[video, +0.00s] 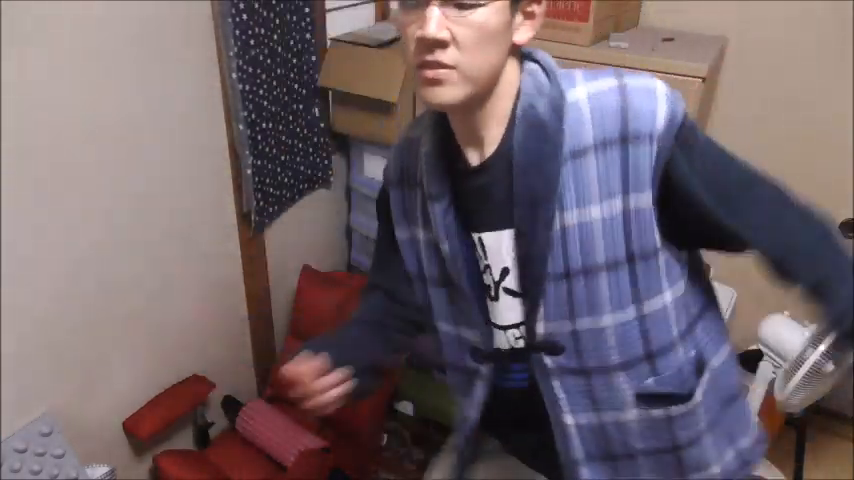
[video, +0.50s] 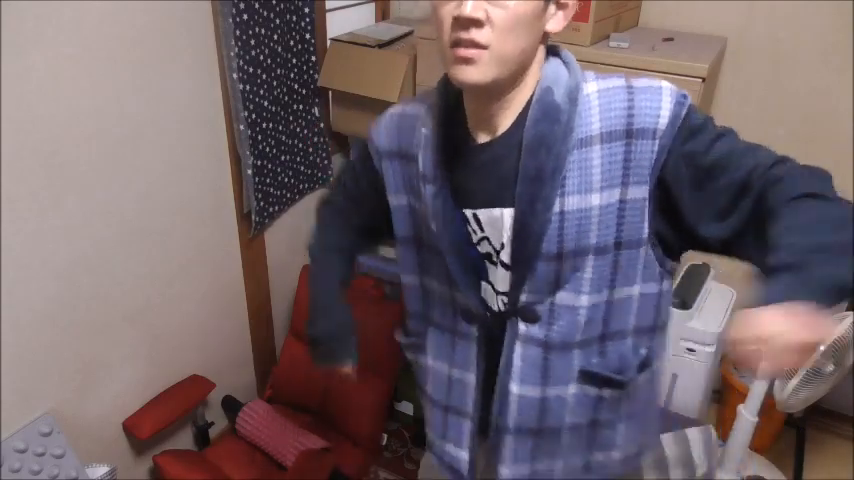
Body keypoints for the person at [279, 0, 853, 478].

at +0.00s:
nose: (428, 29)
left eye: (463, 4)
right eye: (416, 6)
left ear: (525, 20)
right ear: (401, 21)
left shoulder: (631, 120)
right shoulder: (409, 169)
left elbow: (789, 231)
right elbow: (390, 305)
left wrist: (851, 314)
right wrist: (336, 360)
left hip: (660, 445)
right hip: (511, 446)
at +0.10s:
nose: (425, 43)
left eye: (455, 16)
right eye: (408, 19)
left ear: (514, 28)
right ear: (391, 32)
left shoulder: (622, 104)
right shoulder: (418, 186)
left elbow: (757, 163)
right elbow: (411, 335)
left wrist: (851, 159)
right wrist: (386, 245)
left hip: (699, 448)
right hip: (543, 457)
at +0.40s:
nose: (450, 32)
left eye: (483, 8)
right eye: (438, 8)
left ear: (540, 29)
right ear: (419, 25)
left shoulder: (634, 132)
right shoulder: (412, 182)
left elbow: (760, 225)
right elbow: (408, 286)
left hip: (643, 462)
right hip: (495, 460)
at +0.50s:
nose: (466, 14)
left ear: (557, 17)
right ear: (436, 15)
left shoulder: (644, 127)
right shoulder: (399, 143)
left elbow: (793, 195)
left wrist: (804, 295)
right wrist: (328, 322)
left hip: (586, 462)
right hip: (454, 452)